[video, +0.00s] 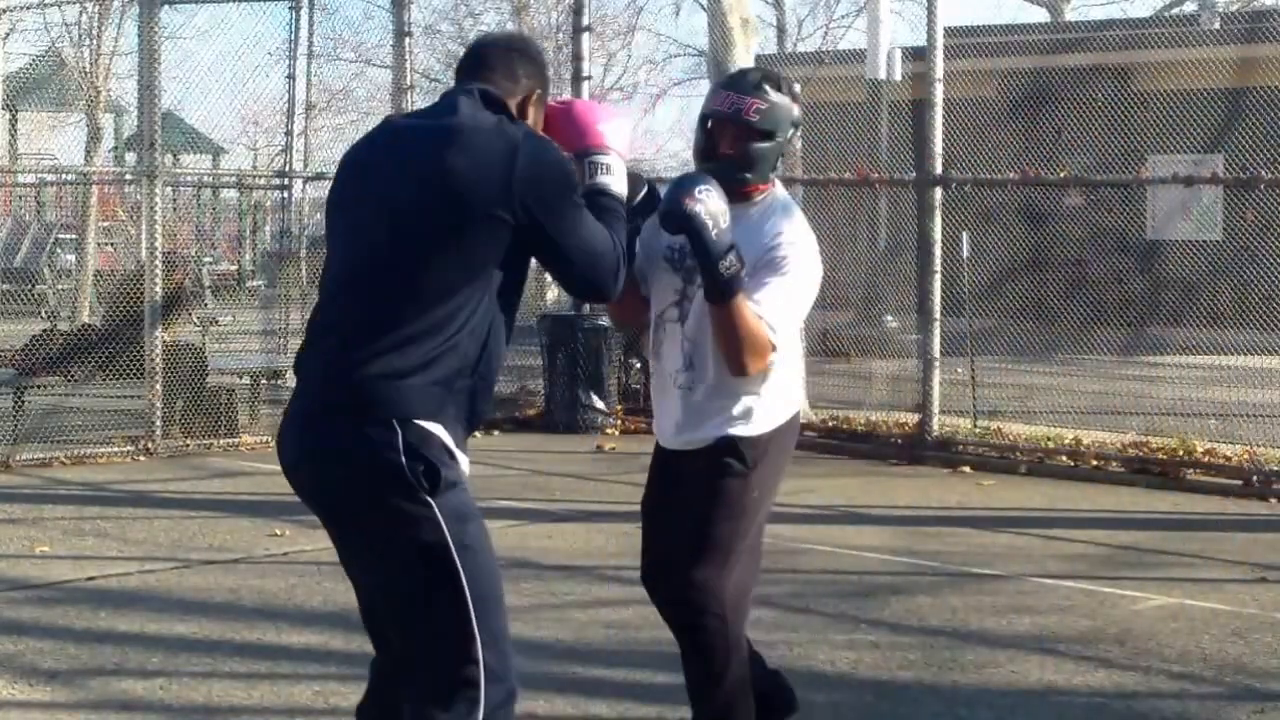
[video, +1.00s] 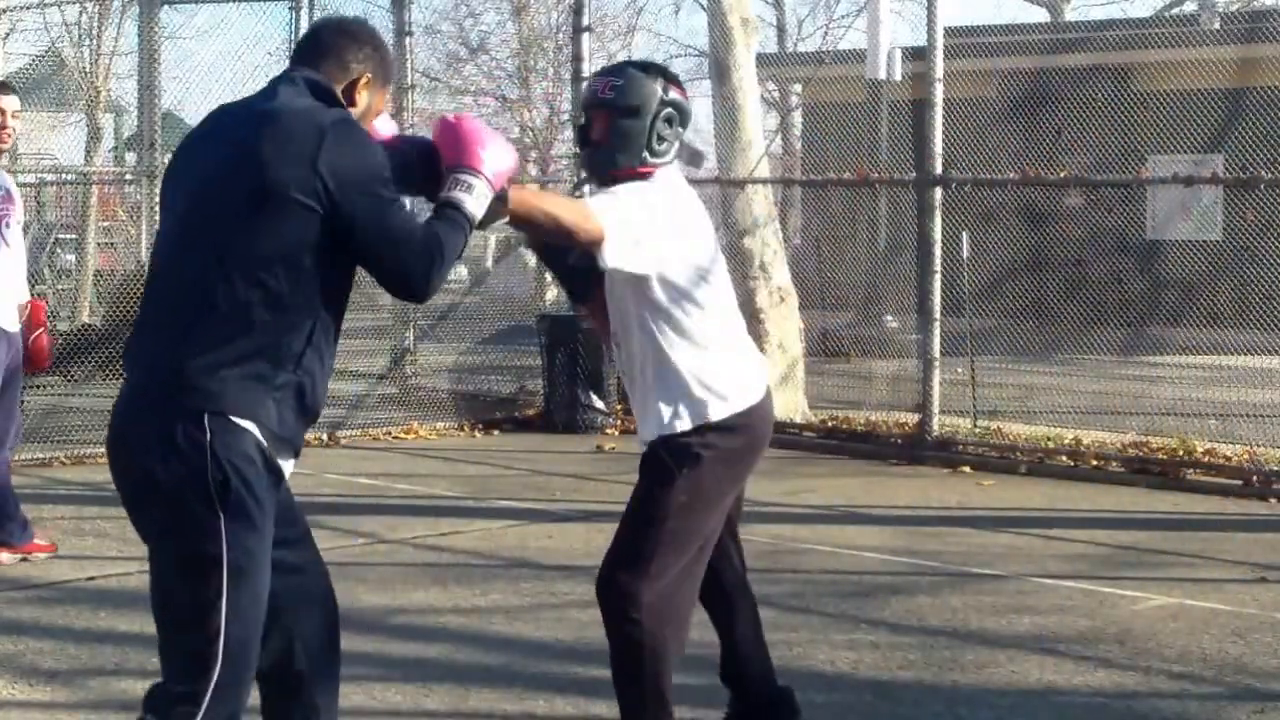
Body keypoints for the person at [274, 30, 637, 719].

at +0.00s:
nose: (540, 123)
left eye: (540, 114)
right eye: (542, 111)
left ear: (461, 84)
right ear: (529, 101)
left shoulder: (371, 147)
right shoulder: (521, 156)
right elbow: (600, 276)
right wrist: (600, 183)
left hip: (317, 428)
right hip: (398, 435)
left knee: (404, 660)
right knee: (478, 678)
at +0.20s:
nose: (472, 107)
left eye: (472, 95)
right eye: (472, 93)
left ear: (384, 68)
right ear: (455, 84)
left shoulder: (291, 140)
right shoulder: (445, 145)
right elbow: (531, 270)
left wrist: (464, 147)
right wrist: (538, 159)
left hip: (270, 439)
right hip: (353, 450)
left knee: (341, 679)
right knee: (381, 689)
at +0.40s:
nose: (450, 117)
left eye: (458, 100)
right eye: (456, 97)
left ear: (378, 52)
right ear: (433, 73)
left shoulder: (280, 116)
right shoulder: (387, 136)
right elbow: (500, 267)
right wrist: (521, 152)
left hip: (234, 440)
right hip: (299, 455)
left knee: (310, 686)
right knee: (335, 697)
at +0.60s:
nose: (448, 120)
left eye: (456, 106)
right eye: (454, 102)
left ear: (377, 60)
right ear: (429, 80)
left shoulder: (289, 118)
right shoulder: (383, 137)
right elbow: (484, 271)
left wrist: (427, 155)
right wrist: (513, 167)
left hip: (228, 428)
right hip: (276, 440)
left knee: (345, 622)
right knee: (305, 681)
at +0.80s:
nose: (436, 134)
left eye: (439, 121)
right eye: (438, 118)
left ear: (362, 78)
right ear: (416, 94)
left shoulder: (269, 134)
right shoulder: (392, 141)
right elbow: (480, 267)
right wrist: (514, 175)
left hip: (204, 415)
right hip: (257, 423)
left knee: (338, 622)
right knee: (264, 670)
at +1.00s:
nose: (382, 128)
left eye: (386, 112)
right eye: (384, 110)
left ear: (301, 73)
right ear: (359, 86)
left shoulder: (214, 130)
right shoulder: (333, 138)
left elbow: (306, 197)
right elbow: (417, 271)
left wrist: (413, 158)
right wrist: (470, 192)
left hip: (158, 421)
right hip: (216, 435)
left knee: (305, 628)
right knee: (209, 679)